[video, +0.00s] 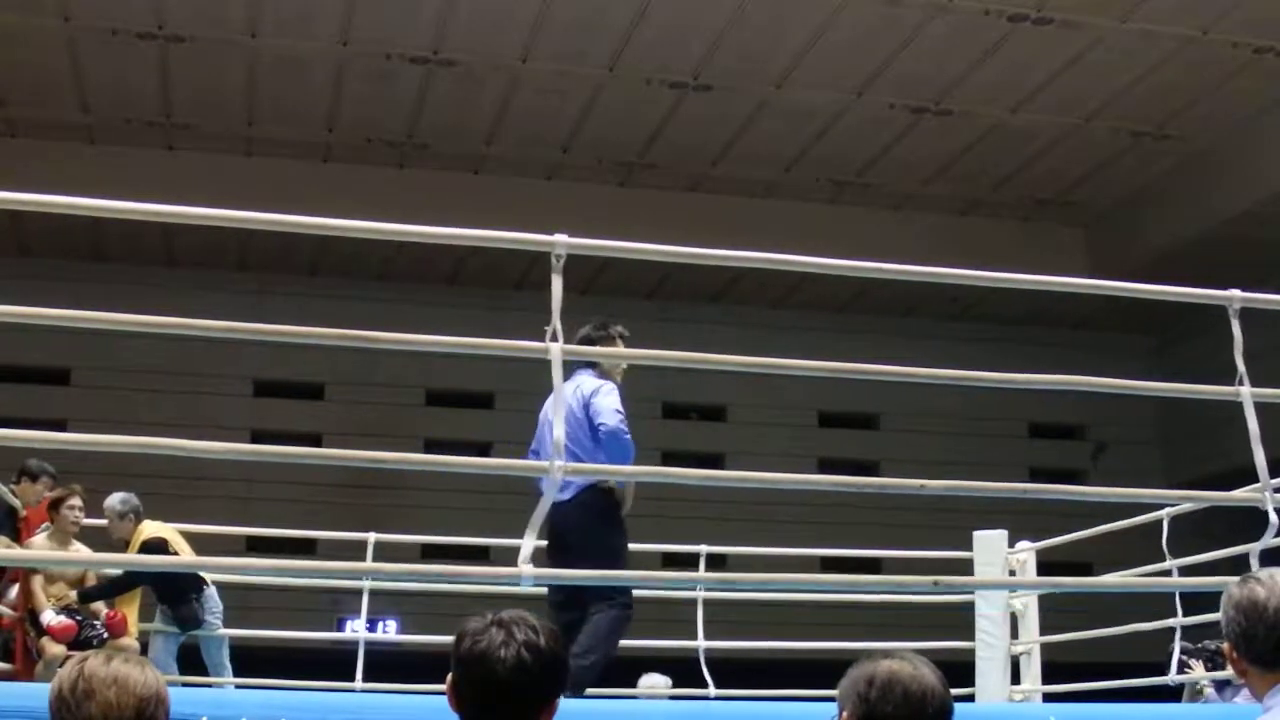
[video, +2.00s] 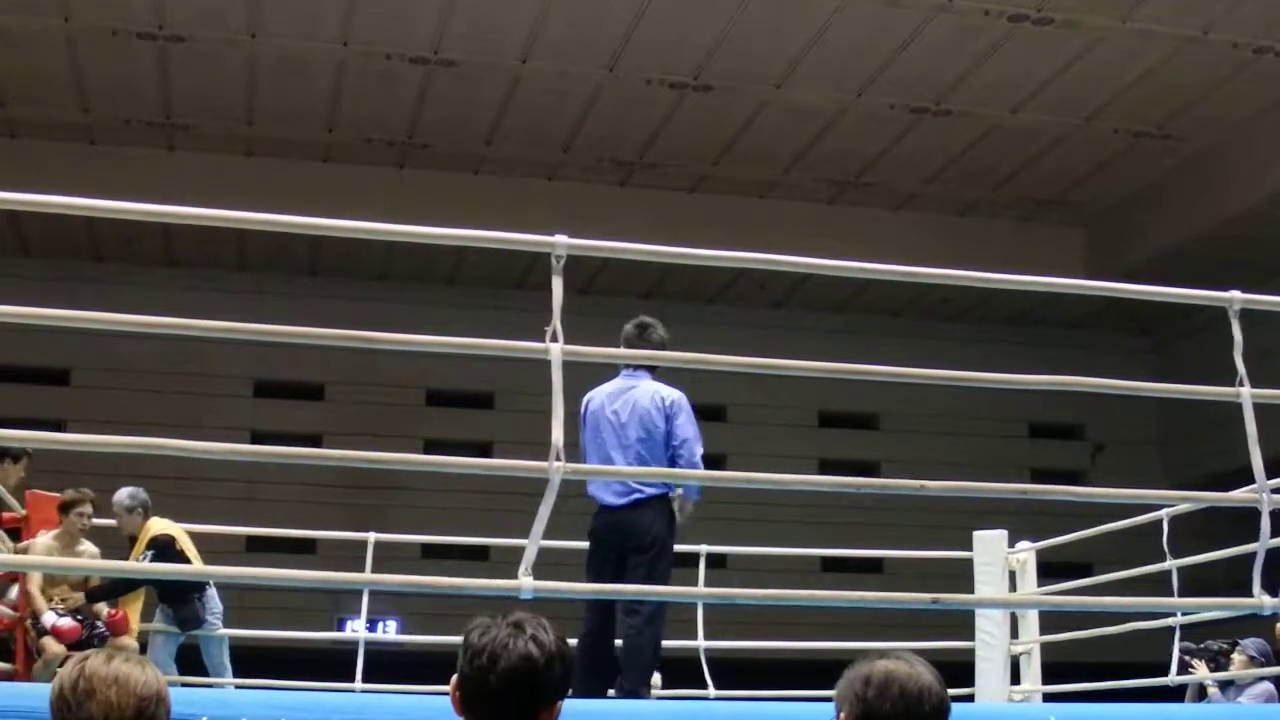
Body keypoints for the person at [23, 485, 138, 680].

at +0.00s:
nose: (77, 515)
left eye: (81, 510)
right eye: (70, 509)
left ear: (84, 514)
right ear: (54, 513)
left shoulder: (85, 552)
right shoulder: (35, 545)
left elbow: (91, 593)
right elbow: (36, 587)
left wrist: (106, 615)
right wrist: (50, 618)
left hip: (78, 614)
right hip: (43, 612)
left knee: (129, 647)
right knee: (55, 652)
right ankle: (37, 706)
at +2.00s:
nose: (86, 522)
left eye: (89, 517)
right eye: (80, 516)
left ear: (93, 519)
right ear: (63, 516)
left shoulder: (92, 552)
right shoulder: (41, 545)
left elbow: (94, 594)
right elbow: (33, 588)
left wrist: (106, 614)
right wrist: (51, 620)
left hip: (81, 614)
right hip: (46, 612)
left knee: (128, 646)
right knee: (56, 652)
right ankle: (33, 700)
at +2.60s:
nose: (113, 498)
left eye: (116, 492)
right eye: (107, 491)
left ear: (118, 494)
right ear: (89, 492)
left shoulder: (113, 524)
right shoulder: (64, 521)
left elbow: (111, 568)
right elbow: (51, 571)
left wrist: (120, 604)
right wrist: (59, 614)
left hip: (93, 598)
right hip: (60, 595)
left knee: (126, 647)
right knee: (52, 650)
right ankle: (27, 702)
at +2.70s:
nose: (114, 483)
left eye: (117, 477)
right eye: (108, 476)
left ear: (118, 480)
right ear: (90, 478)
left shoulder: (114, 511)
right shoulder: (65, 511)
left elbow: (112, 559)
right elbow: (54, 562)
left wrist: (121, 595)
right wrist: (60, 606)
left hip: (92, 590)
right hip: (59, 587)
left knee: (125, 645)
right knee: (51, 648)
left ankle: (109, 706)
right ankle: (24, 699)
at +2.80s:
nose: (114, 469)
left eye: (116, 464)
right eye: (108, 463)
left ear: (117, 468)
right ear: (90, 465)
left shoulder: (114, 501)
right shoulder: (64, 499)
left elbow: (112, 549)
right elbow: (49, 548)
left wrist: (118, 583)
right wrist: (56, 590)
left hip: (94, 579)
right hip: (62, 577)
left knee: (122, 644)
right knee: (50, 644)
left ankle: (108, 707)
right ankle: (25, 699)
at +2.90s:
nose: (111, 459)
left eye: (113, 453)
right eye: (106, 452)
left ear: (113, 457)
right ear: (88, 454)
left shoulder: (114, 492)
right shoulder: (61, 489)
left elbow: (112, 539)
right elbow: (43, 538)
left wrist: (118, 575)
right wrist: (50, 578)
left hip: (94, 569)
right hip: (61, 568)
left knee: (119, 644)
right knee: (47, 643)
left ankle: (112, 713)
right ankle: (24, 705)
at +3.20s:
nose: (98, 440)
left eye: (98, 434)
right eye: (93, 434)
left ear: (92, 437)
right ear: (75, 436)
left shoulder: (99, 476)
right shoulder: (42, 474)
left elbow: (101, 523)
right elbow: (29, 519)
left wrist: (112, 558)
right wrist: (41, 548)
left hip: (89, 554)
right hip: (53, 553)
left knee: (112, 633)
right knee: (38, 639)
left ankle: (105, 703)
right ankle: (23, 703)